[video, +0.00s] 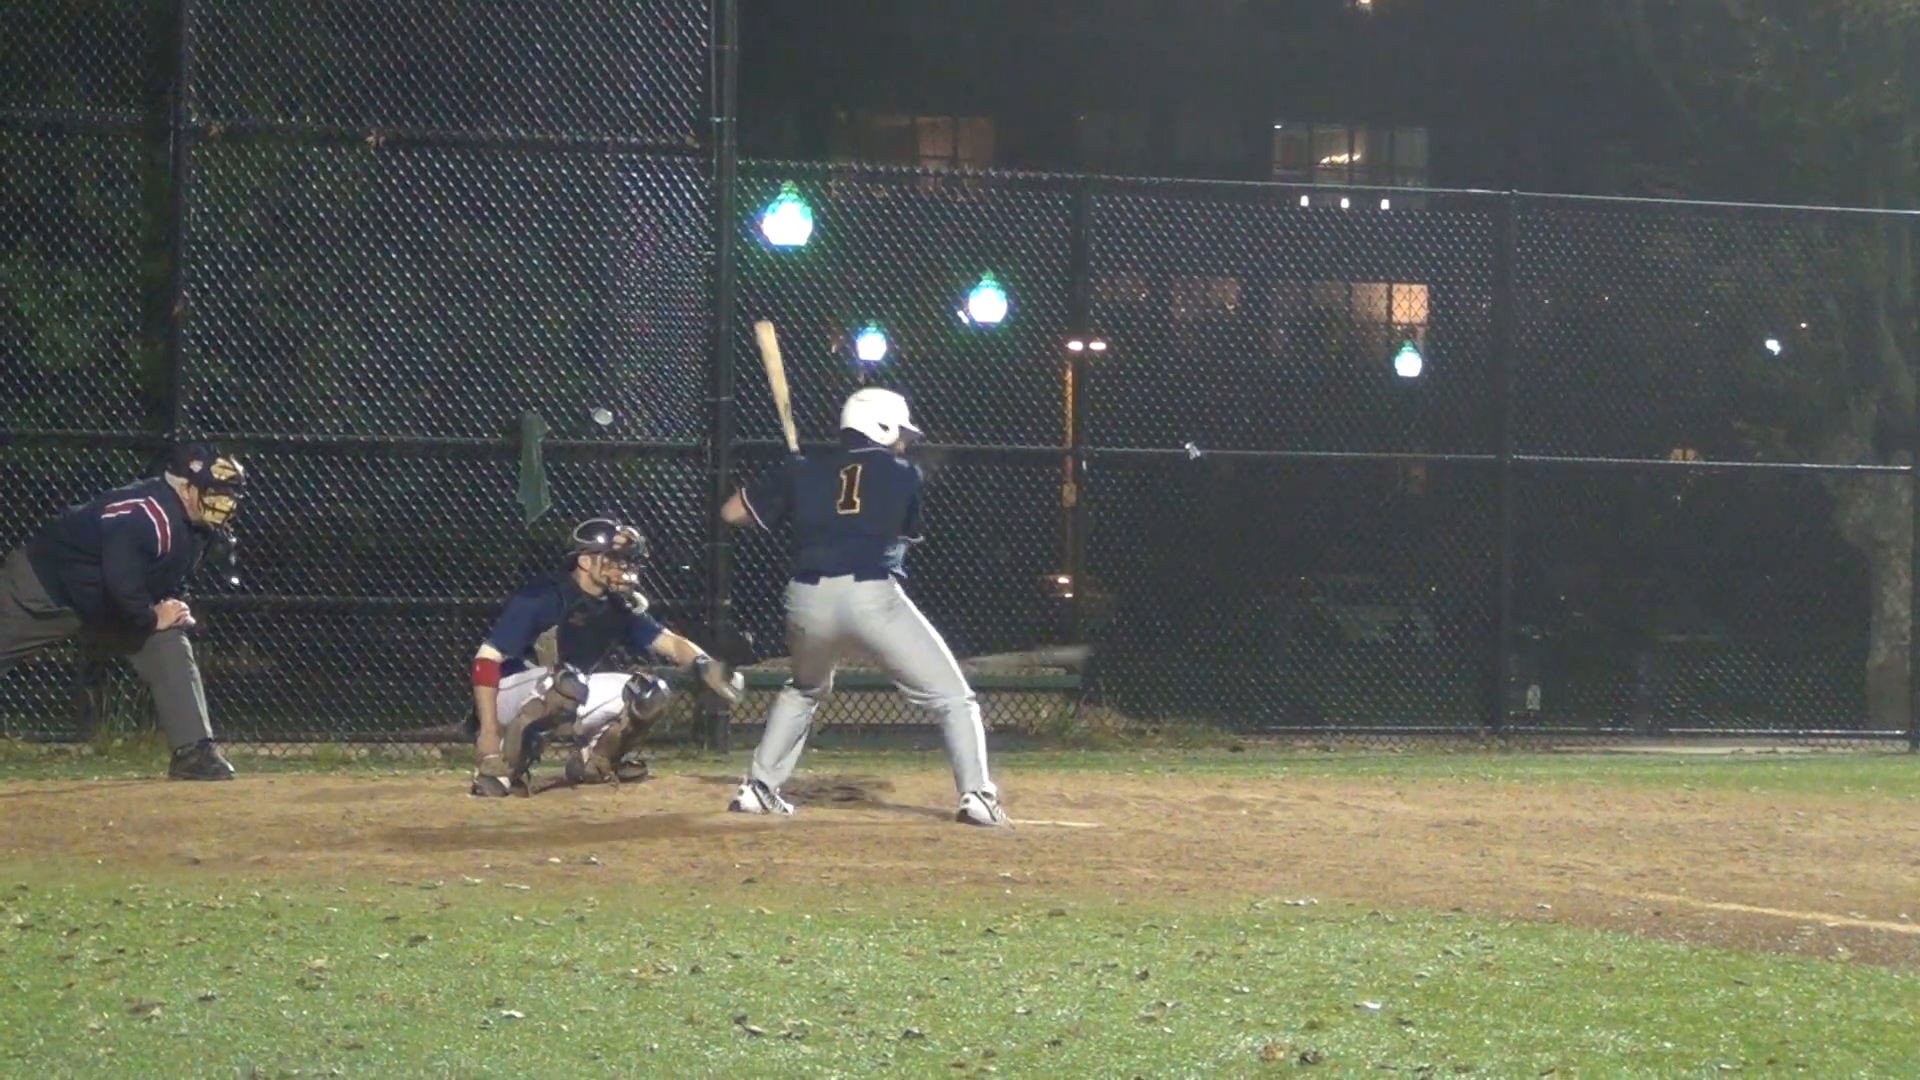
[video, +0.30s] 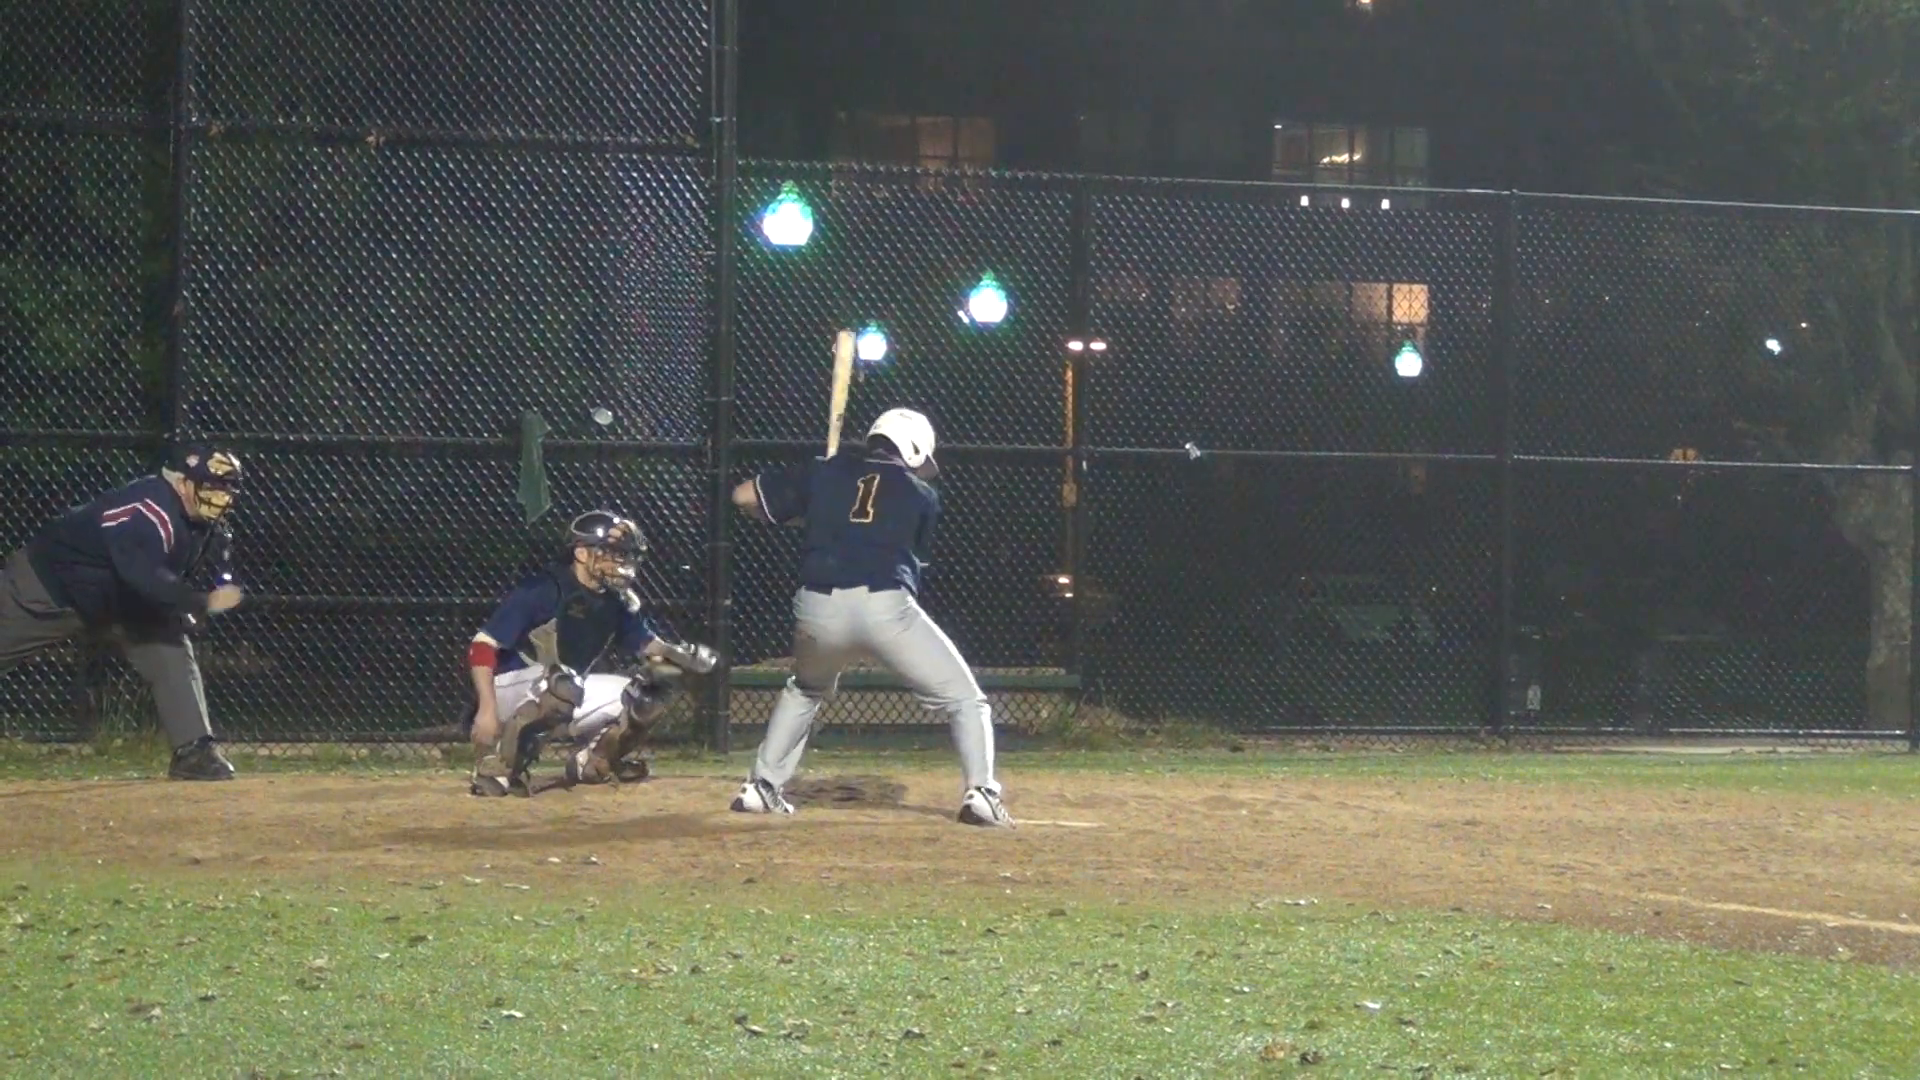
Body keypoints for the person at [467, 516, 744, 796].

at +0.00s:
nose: (623, 569)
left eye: (626, 561)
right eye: (615, 560)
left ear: (627, 563)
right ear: (586, 561)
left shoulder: (616, 607)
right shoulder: (542, 598)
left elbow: (671, 645)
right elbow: (486, 662)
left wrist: (707, 667)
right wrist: (489, 733)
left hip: (571, 695)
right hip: (509, 696)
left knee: (648, 693)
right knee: (566, 683)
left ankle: (593, 764)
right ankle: (501, 771)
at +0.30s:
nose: (620, 563)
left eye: (623, 555)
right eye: (610, 554)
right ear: (582, 554)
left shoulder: (618, 600)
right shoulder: (545, 589)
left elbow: (647, 645)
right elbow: (482, 647)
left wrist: (682, 657)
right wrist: (487, 710)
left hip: (568, 692)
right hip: (505, 692)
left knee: (648, 692)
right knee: (562, 687)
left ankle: (594, 765)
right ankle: (496, 769)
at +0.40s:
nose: (622, 552)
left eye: (625, 545)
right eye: (612, 544)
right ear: (582, 545)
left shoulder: (621, 596)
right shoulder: (541, 584)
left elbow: (645, 649)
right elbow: (490, 642)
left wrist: (667, 659)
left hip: (575, 691)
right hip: (514, 690)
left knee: (651, 697)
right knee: (565, 691)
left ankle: (591, 764)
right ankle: (500, 771)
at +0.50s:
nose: (621, 539)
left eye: (624, 532)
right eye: (610, 530)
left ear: (631, 536)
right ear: (581, 534)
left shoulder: (621, 584)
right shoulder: (542, 580)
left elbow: (655, 652)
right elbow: (501, 645)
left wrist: (637, 626)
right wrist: (555, 638)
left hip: (579, 681)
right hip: (515, 679)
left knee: (657, 695)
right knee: (569, 690)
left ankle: (593, 761)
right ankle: (501, 770)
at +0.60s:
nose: (623, 528)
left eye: (626, 521)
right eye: (612, 520)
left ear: (632, 526)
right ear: (583, 524)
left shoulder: (629, 576)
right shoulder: (547, 571)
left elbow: (655, 650)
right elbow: (517, 643)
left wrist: (631, 627)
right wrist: (556, 624)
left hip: (586, 680)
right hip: (527, 673)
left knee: (668, 701)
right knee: (570, 690)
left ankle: (599, 756)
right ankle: (502, 768)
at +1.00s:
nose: (652, 505)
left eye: (655, 497)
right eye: (640, 497)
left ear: (664, 500)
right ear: (610, 501)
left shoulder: (668, 552)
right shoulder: (582, 543)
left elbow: (725, 589)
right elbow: (511, 560)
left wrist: (698, 556)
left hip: (642, 672)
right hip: (586, 660)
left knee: (708, 748)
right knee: (577, 686)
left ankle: (636, 751)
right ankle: (506, 765)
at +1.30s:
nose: (685, 492)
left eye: (688, 484)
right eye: (674, 485)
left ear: (699, 490)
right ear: (656, 494)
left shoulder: (711, 541)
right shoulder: (647, 522)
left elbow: (727, 622)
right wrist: (559, 464)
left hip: (685, 674)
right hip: (644, 655)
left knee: (725, 774)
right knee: (612, 744)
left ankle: (634, 765)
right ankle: (515, 774)